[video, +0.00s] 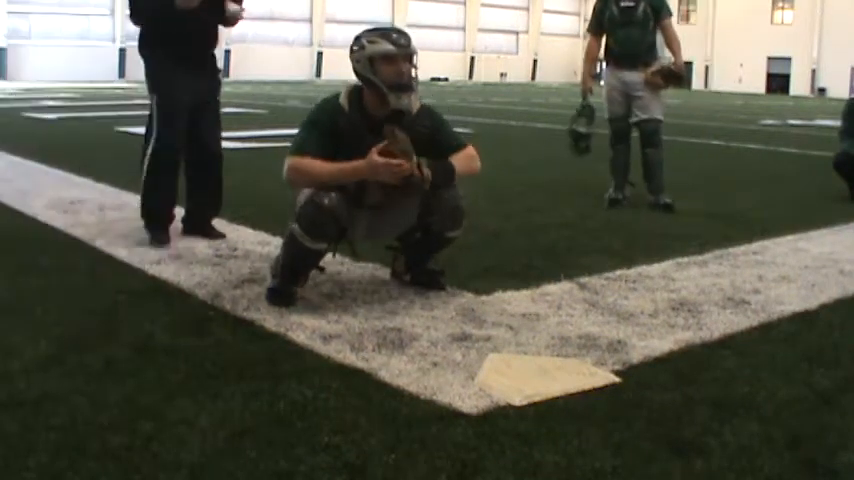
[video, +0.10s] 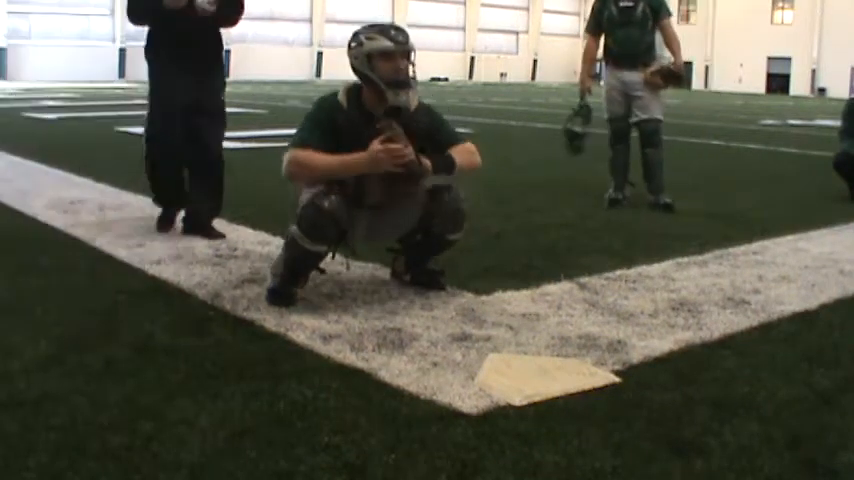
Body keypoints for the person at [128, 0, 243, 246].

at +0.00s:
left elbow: (219, 13)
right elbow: (139, 12)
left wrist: (229, 12)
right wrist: (175, 5)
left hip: (202, 54)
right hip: (163, 54)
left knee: (206, 142)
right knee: (165, 141)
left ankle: (198, 219)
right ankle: (157, 222)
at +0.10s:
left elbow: (233, 13)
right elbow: (135, 12)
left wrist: (213, 10)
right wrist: (164, 6)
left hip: (207, 56)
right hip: (165, 57)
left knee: (207, 137)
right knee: (163, 135)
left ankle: (200, 217)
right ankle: (169, 204)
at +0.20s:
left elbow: (233, 14)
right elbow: (130, 13)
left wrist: (202, 7)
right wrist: (151, 6)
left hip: (207, 64)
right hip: (167, 63)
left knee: (207, 141)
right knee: (162, 140)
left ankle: (201, 219)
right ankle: (179, 200)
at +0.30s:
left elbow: (232, 17)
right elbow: (128, 17)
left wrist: (199, 8)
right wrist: (139, 6)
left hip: (204, 66)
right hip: (165, 66)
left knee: (204, 139)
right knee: (167, 135)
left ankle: (200, 218)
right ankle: (180, 199)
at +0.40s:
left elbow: (227, 22)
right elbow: (131, 23)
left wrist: (193, 12)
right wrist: (144, 7)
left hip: (201, 68)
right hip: (165, 68)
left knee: (200, 143)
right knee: (171, 140)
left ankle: (201, 218)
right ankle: (182, 204)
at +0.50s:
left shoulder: (212, 3)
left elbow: (219, 25)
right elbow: (138, 28)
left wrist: (178, 17)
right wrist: (138, 15)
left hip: (199, 68)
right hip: (165, 68)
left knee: (199, 141)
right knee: (171, 140)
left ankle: (207, 213)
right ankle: (183, 203)